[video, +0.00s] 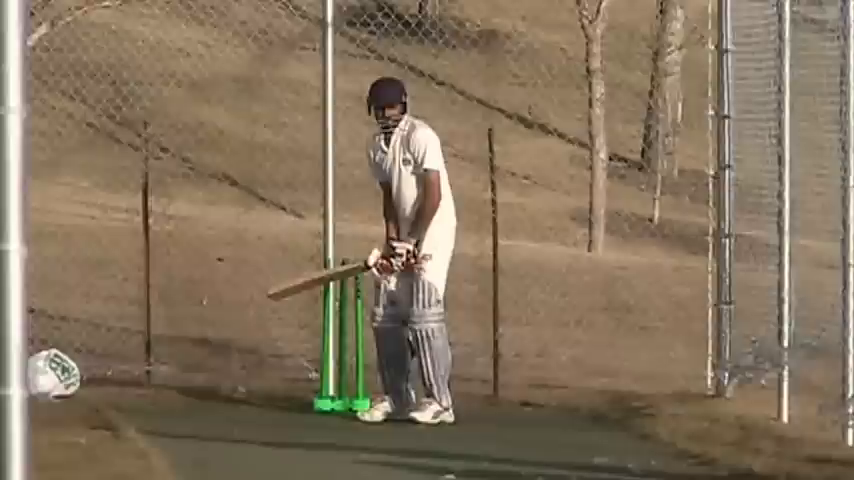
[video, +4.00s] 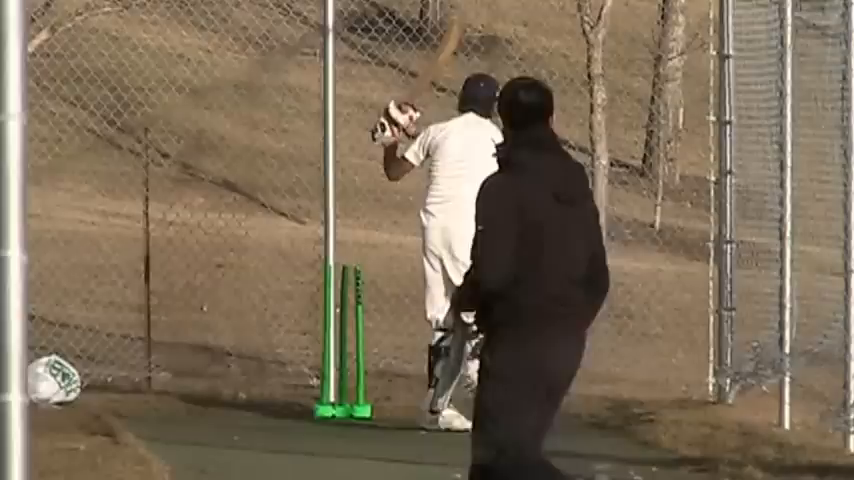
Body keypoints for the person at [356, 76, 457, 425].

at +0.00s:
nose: (388, 115)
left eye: (394, 108)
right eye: (381, 109)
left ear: (405, 106)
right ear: (372, 111)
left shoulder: (421, 136)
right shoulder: (377, 146)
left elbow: (433, 194)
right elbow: (388, 198)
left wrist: (416, 241)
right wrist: (391, 243)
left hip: (432, 236)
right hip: (402, 238)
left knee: (423, 314)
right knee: (386, 314)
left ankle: (438, 401)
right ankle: (398, 397)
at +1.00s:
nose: (362, 154)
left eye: (367, 146)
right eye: (354, 149)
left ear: (377, 141)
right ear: (345, 152)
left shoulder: (393, 167)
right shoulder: (359, 185)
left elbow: (403, 221)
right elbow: (383, 238)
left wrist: (411, 276)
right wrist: (401, 285)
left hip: (444, 241)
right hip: (411, 249)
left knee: (428, 321)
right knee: (385, 321)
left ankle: (440, 408)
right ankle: (397, 404)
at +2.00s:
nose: (385, 126)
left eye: (392, 120)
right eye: (379, 119)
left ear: (402, 121)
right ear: (368, 120)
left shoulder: (414, 150)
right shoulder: (365, 157)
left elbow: (439, 202)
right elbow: (382, 203)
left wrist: (419, 247)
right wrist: (396, 246)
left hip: (434, 241)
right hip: (403, 244)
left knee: (420, 318)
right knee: (377, 319)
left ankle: (438, 407)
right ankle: (398, 403)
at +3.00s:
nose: (383, 148)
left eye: (390, 141)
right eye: (375, 142)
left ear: (401, 142)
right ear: (367, 144)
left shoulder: (411, 177)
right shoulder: (371, 169)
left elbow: (398, 241)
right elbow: (376, 202)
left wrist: (360, 249)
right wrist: (358, 228)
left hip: (431, 259)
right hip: (397, 261)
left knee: (418, 325)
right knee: (361, 330)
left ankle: (442, 406)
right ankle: (395, 404)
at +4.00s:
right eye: (493, 103)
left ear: (460, 102)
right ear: (493, 106)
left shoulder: (438, 132)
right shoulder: (501, 138)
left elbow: (394, 171)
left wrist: (392, 140)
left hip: (435, 227)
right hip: (477, 231)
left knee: (440, 317)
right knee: (476, 313)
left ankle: (437, 400)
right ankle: (473, 371)